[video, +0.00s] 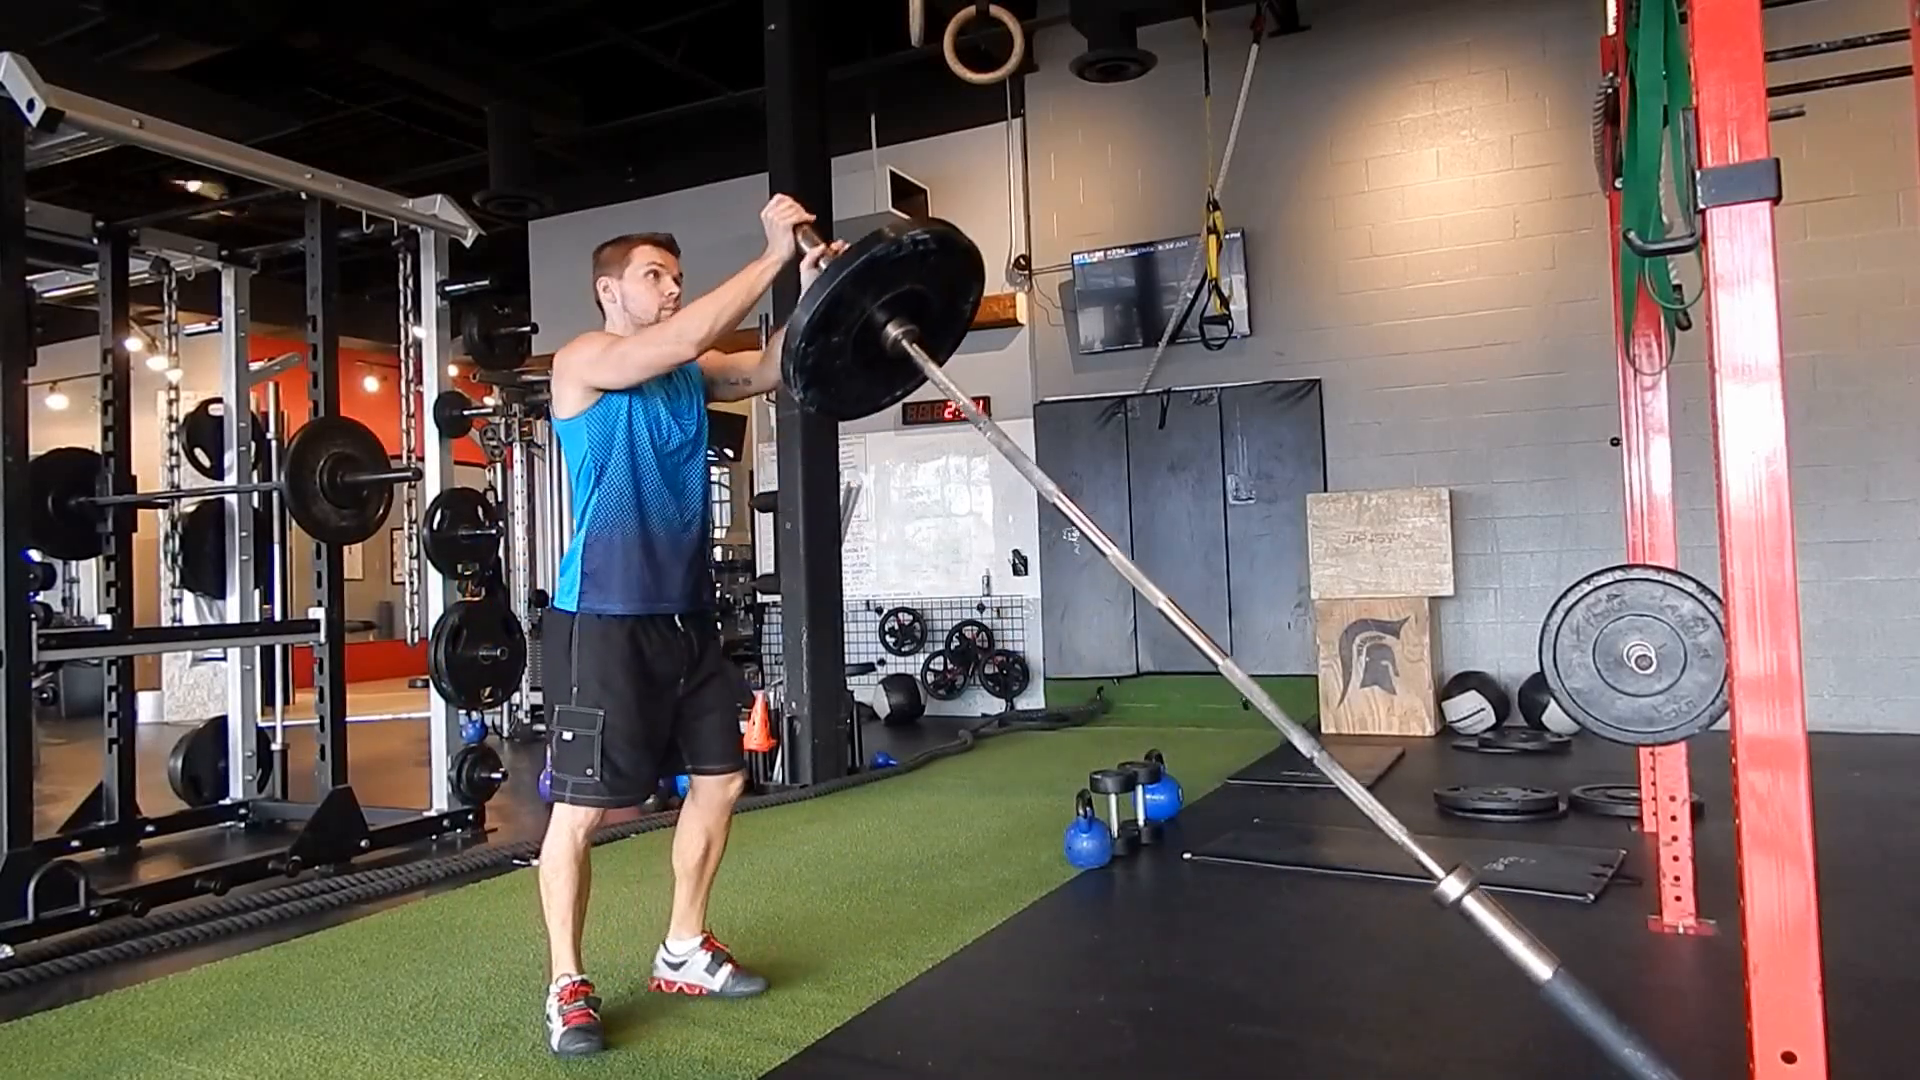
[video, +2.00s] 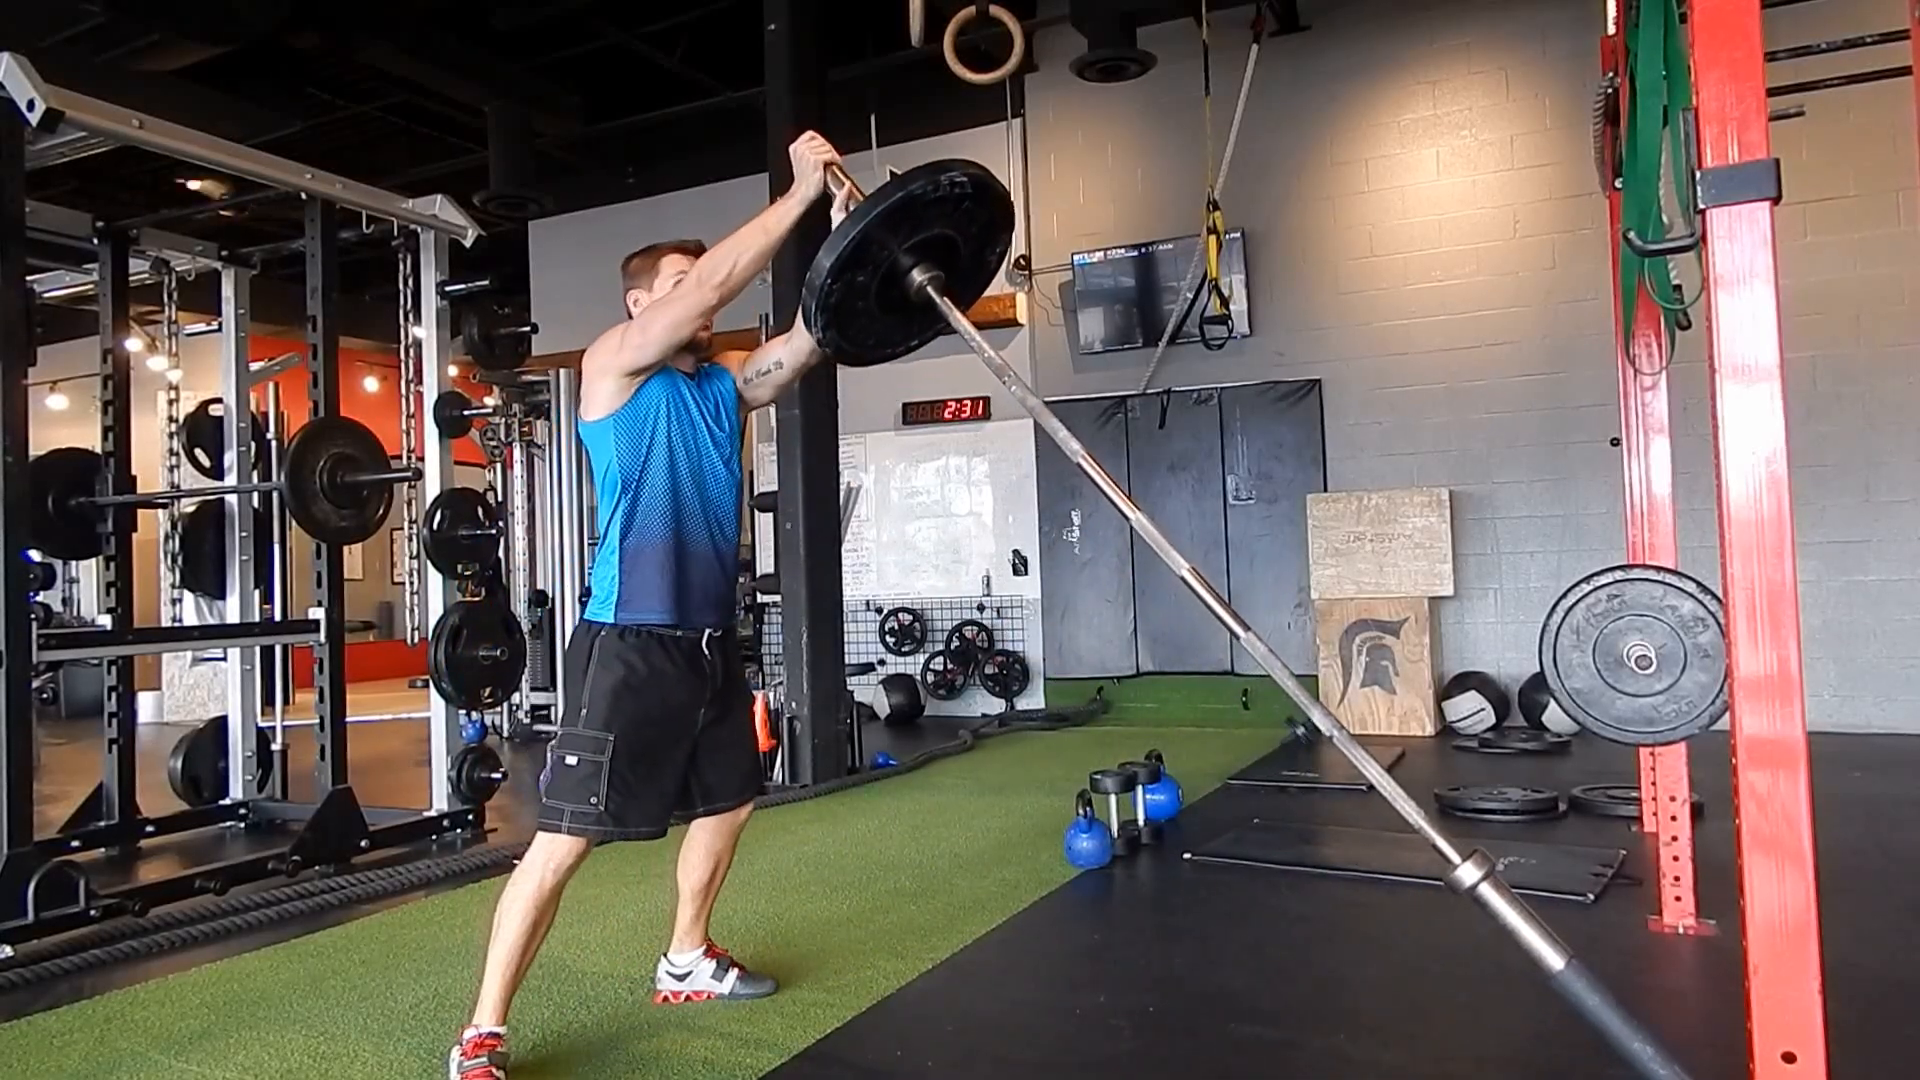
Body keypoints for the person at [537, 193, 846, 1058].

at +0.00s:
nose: (672, 290)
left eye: (678, 280)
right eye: (655, 275)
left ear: (676, 295)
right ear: (608, 289)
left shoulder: (689, 365)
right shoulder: (581, 359)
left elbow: (772, 362)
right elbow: (682, 336)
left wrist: (824, 284)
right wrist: (771, 258)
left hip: (689, 622)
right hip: (603, 623)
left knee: (719, 777)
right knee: (583, 804)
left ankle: (684, 949)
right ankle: (567, 981)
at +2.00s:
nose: (703, 285)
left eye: (704, 276)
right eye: (684, 277)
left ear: (701, 296)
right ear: (638, 297)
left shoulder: (728, 382)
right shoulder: (610, 366)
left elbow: (813, 335)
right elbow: (710, 285)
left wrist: (861, 235)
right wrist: (799, 194)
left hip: (711, 646)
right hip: (624, 646)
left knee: (728, 794)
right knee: (566, 835)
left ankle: (685, 960)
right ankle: (484, 1029)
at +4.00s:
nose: (625, 309)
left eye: (637, 297)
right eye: (607, 296)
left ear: (649, 310)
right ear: (569, 310)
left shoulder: (665, 385)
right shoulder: (529, 388)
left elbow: (728, 433)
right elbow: (509, 479)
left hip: (657, 648)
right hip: (551, 650)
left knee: (714, 807)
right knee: (512, 838)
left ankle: (696, 944)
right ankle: (477, 1033)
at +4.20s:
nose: (648, 293)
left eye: (653, 280)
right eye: (630, 283)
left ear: (659, 298)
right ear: (586, 300)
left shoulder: (675, 371)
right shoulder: (536, 371)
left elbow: (752, 316)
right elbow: (580, 315)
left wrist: (736, 228)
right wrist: (655, 204)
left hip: (664, 636)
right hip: (569, 635)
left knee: (702, 787)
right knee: (568, 828)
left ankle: (684, 956)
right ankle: (485, 1028)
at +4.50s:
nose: (685, 293)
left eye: (687, 280)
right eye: (664, 282)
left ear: (687, 296)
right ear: (618, 291)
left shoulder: (702, 366)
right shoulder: (581, 356)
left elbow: (781, 299)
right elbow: (659, 270)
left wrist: (811, 200)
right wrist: (743, 162)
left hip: (676, 637)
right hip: (584, 635)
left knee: (700, 791)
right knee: (558, 838)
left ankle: (683, 961)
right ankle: (488, 1029)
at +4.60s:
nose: (691, 294)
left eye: (692, 281)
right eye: (671, 282)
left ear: (682, 301)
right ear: (623, 294)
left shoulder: (703, 373)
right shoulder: (585, 361)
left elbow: (785, 306)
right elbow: (671, 280)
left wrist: (824, 210)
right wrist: (760, 174)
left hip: (676, 639)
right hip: (587, 636)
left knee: (701, 795)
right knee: (563, 842)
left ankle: (684, 961)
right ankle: (488, 1031)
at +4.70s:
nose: (690, 300)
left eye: (691, 287)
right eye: (672, 289)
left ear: (676, 299)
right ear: (624, 297)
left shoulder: (697, 374)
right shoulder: (586, 362)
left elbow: (778, 322)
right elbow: (679, 289)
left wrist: (839, 234)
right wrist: (781, 188)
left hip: (674, 642)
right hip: (590, 641)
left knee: (698, 795)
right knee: (571, 841)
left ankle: (681, 960)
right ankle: (489, 1030)